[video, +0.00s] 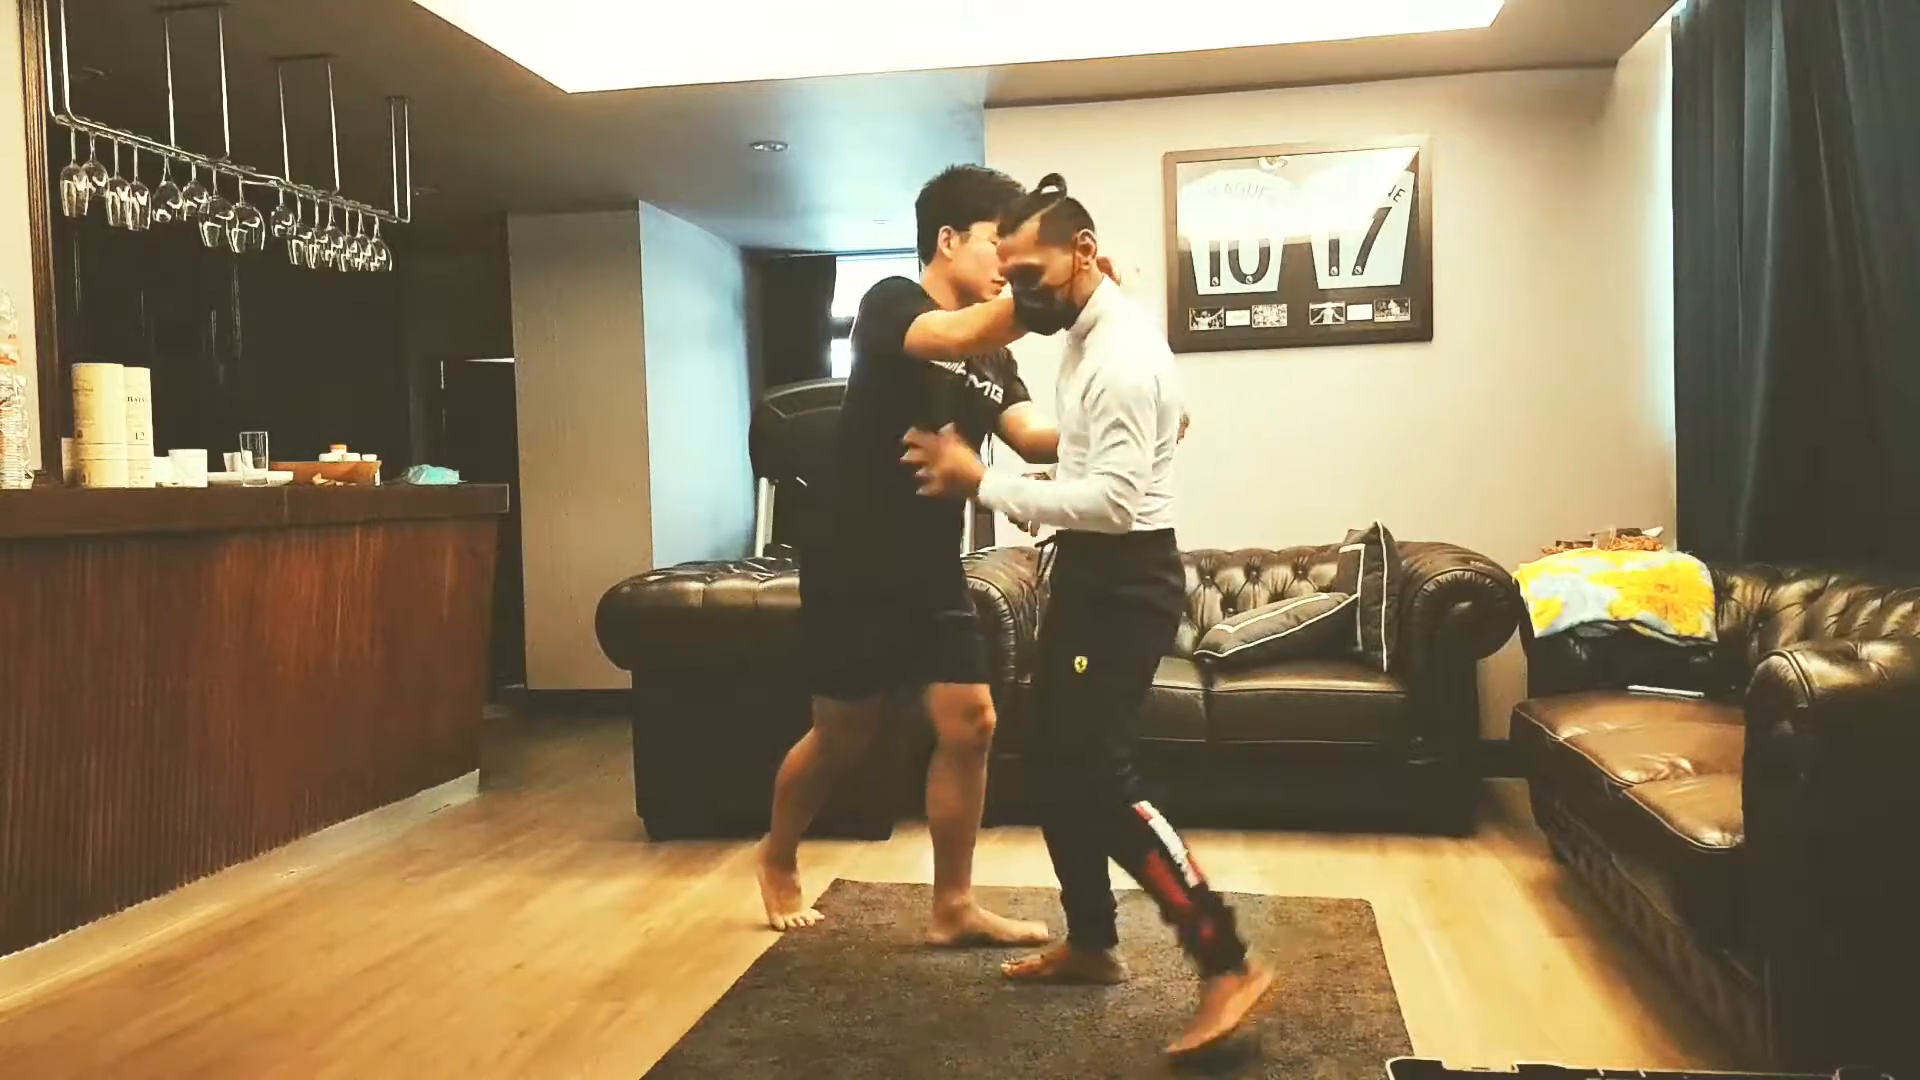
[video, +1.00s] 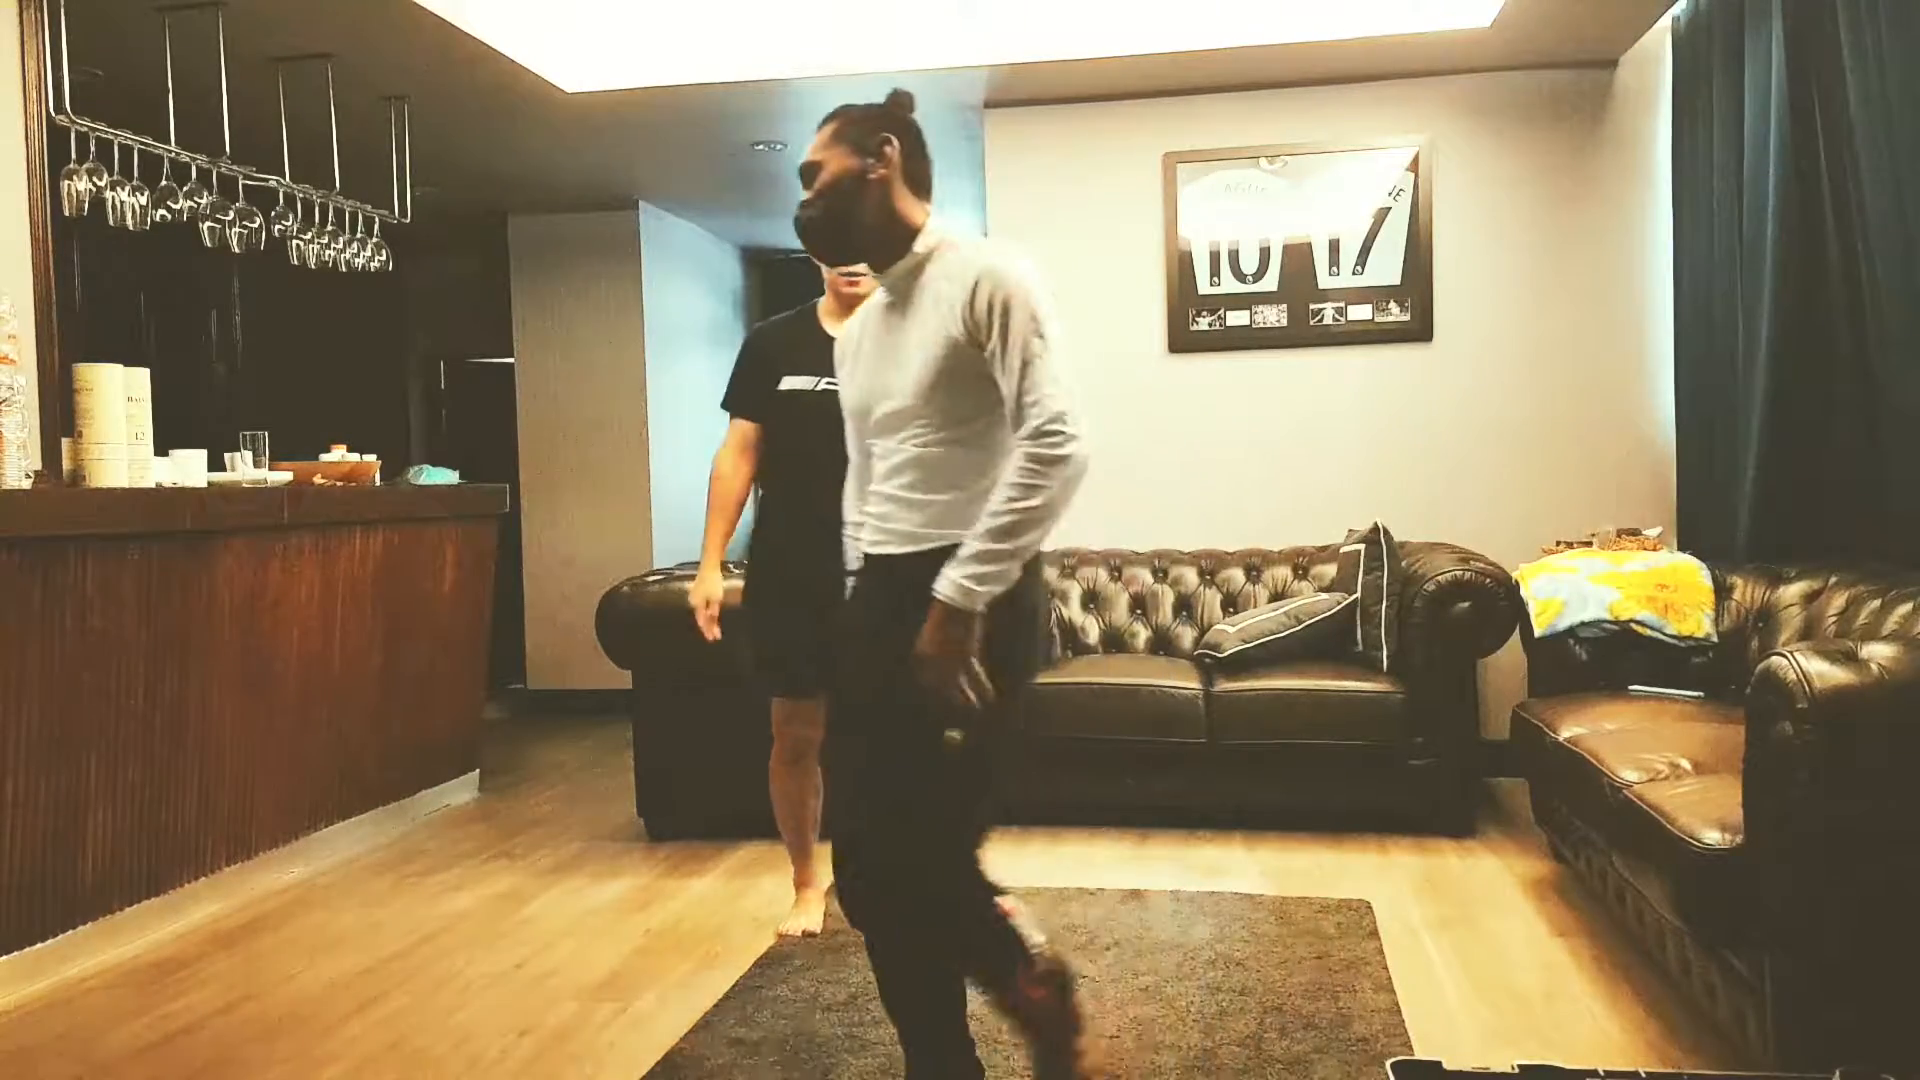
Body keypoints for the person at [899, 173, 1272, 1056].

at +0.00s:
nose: (1021, 290)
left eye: (1030, 271)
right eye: (1015, 274)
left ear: (1081, 252)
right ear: (1067, 259)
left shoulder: (1121, 352)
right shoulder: (1092, 330)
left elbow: (1116, 499)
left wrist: (984, 482)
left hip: (1129, 577)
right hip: (1088, 570)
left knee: (1095, 770)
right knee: (1054, 761)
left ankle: (1229, 967)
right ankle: (1089, 944)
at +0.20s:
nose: (1012, 293)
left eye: (1019, 273)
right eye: (1006, 277)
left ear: (1071, 244)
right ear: (1056, 252)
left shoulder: (1123, 332)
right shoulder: (1065, 328)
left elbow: (1099, 461)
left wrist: (1029, 483)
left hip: (1130, 574)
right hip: (1080, 569)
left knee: (1100, 783)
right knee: (1050, 765)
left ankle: (1171, 1036)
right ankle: (1093, 946)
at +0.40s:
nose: (996, 260)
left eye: (1005, 240)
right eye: (989, 244)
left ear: (1064, 213)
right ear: (1047, 222)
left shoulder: (1132, 313)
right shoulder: (1048, 321)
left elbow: (1160, 457)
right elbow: (1064, 447)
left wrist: (1060, 467)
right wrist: (1018, 538)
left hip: (1130, 573)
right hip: (1068, 574)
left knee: (1103, 797)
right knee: (1040, 779)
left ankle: (1177, 1035)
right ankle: (1118, 959)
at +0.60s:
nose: (943, 233)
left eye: (956, 210)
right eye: (938, 214)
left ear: (1025, 193)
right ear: (1003, 203)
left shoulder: (1108, 306)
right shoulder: (1011, 302)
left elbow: (1140, 482)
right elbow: (1042, 452)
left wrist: (1046, 611)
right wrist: (1015, 555)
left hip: (1119, 582)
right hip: (1036, 576)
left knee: (1124, 821)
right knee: (990, 809)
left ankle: (1179, 1019)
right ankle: (1050, 1038)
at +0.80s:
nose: (869, 205)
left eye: (886, 184)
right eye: (868, 188)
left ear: (956, 180)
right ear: (946, 186)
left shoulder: (1048, 296)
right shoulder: (946, 309)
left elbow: (1100, 479)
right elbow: (973, 476)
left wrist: (1043, 639)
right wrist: (947, 628)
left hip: (1062, 593)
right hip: (968, 595)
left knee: (1097, 845)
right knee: (948, 858)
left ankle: (1171, 1012)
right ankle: (966, 1062)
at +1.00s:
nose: (804, 199)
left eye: (818, 177)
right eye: (802, 183)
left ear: (886, 160)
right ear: (876, 168)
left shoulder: (987, 277)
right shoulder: (858, 325)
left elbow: (1054, 443)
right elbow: (866, 473)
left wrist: (960, 601)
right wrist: (857, 593)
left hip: (969, 596)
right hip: (880, 594)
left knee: (920, 851)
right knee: (869, 855)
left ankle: (1041, 998)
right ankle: (940, 1061)